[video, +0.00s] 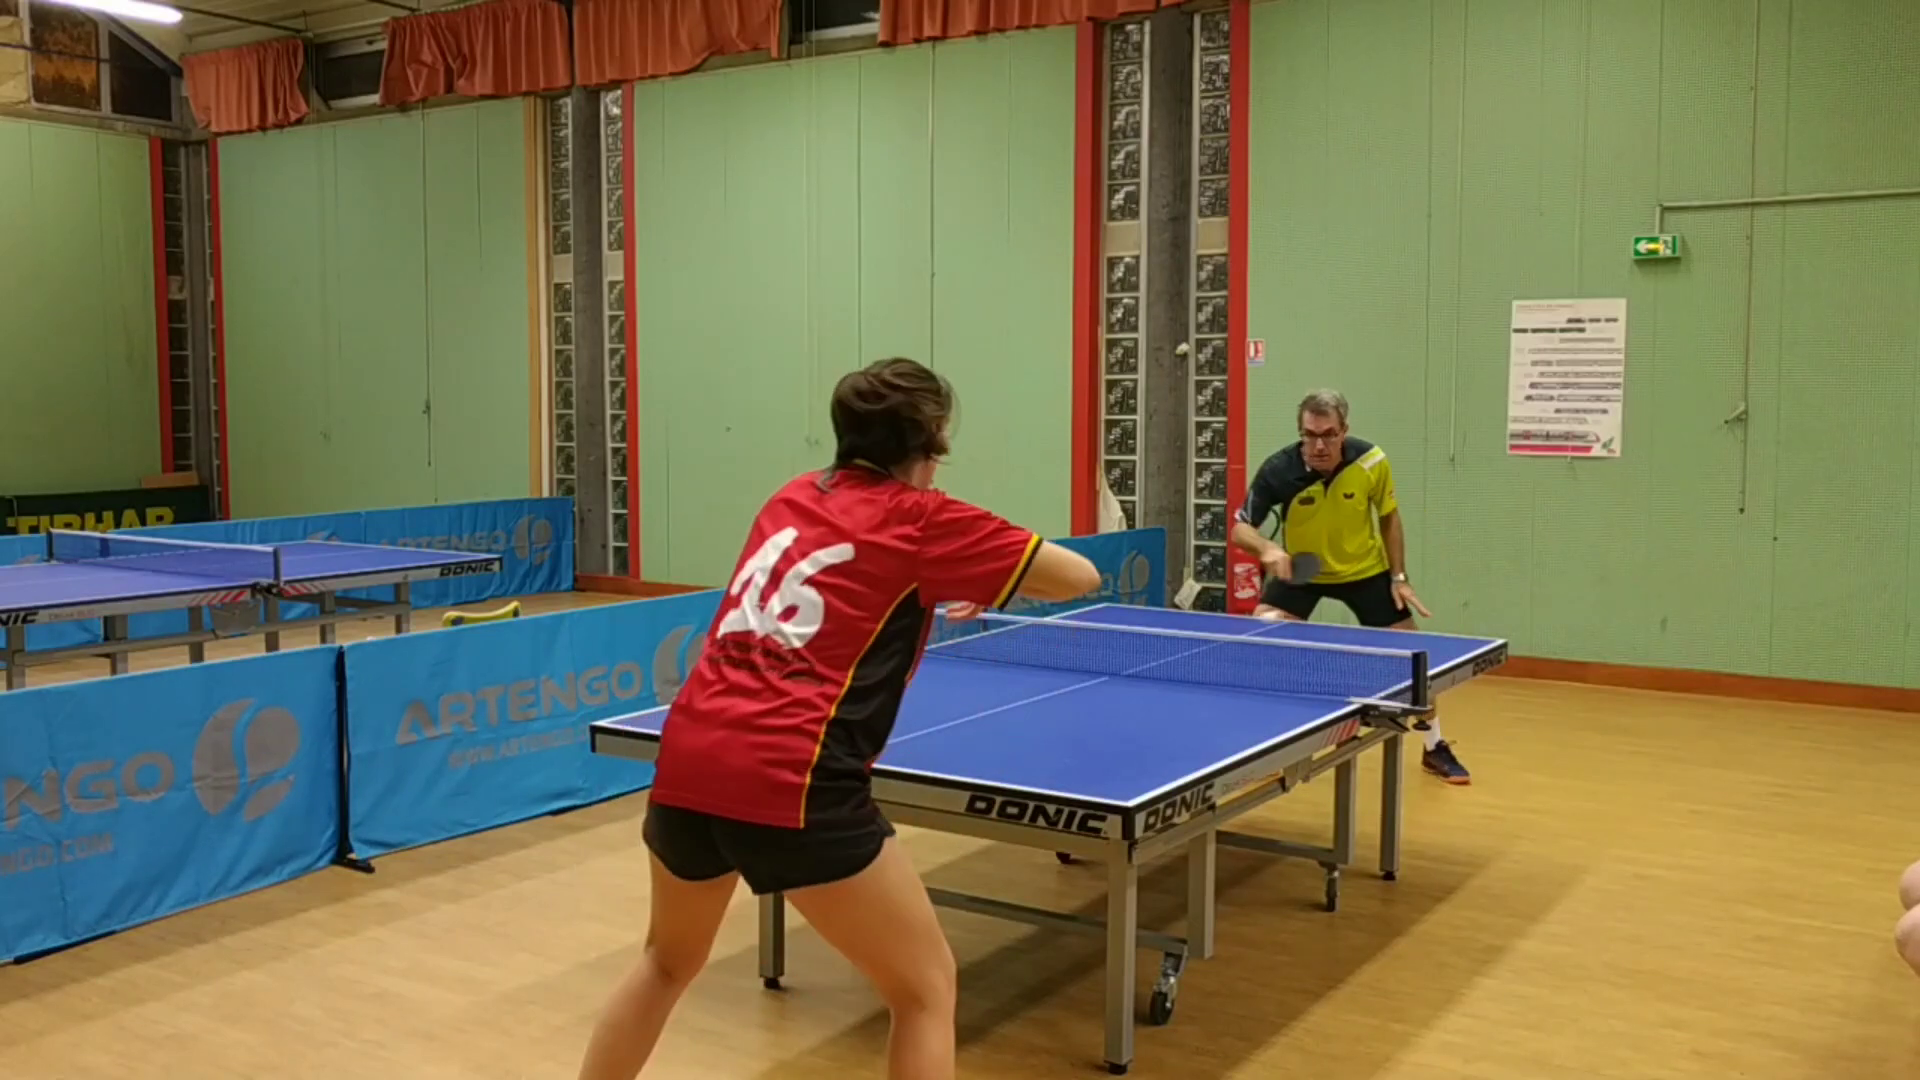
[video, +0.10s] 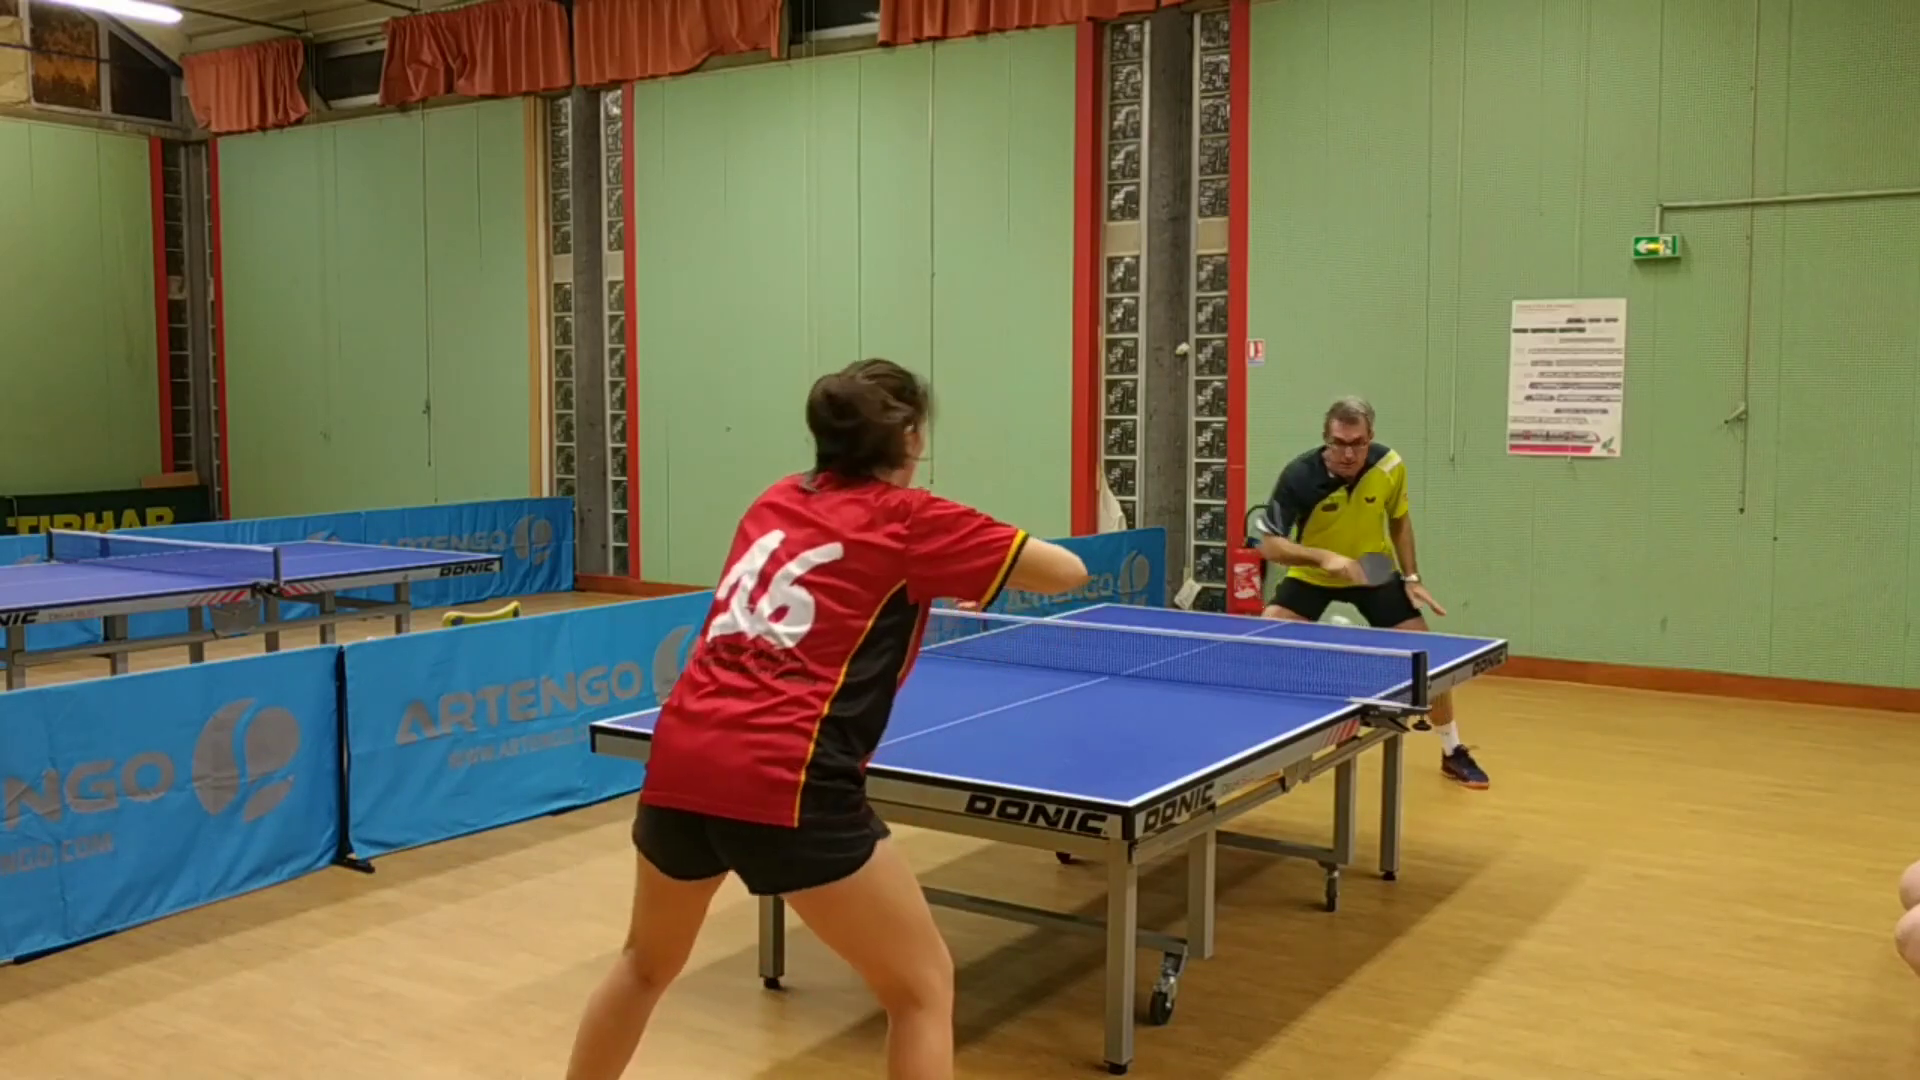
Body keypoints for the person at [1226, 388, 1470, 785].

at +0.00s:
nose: (1318, 445)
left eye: (1328, 435)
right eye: (1311, 435)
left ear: (1344, 431)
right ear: (1301, 432)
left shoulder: (1369, 461)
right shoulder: (1278, 471)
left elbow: (1389, 518)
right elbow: (1239, 529)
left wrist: (1398, 576)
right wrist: (1268, 548)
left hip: (1364, 573)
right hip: (1300, 574)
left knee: (1410, 650)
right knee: (1257, 647)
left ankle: (1435, 745)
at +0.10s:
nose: (1348, 454)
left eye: (1357, 444)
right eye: (1339, 445)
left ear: (1370, 438)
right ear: (1326, 439)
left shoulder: (1388, 465)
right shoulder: (1299, 476)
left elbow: (1399, 521)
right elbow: (1269, 545)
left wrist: (1411, 577)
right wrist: (1323, 557)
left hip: (1374, 575)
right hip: (1311, 577)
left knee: (1422, 652)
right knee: (1268, 633)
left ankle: (1453, 751)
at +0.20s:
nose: (1381, 468)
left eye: (1390, 459)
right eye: (1372, 459)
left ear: (1401, 454)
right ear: (1355, 450)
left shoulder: (1409, 475)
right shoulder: (1329, 485)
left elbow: (1412, 529)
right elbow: (1315, 567)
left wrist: (1428, 584)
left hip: (1386, 582)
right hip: (1327, 582)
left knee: (1435, 642)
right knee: (1282, 632)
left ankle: (1456, 751)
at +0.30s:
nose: (1413, 481)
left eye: (1420, 472)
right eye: (1404, 470)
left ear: (1429, 468)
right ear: (1385, 461)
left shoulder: (1425, 486)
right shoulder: (1355, 498)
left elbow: (1423, 533)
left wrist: (1447, 584)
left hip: (1401, 579)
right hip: (1341, 580)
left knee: (1448, 648)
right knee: (1296, 637)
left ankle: (1456, 751)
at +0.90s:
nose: (1455, 444)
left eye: (1466, 436)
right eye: (1448, 433)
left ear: (1483, 435)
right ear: (1439, 428)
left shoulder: (1486, 464)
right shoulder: (1413, 465)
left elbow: (1475, 515)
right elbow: (1394, 531)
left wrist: (1484, 570)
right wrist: (1426, 573)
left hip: (1443, 568)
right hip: (1388, 562)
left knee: (1469, 646)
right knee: (1346, 636)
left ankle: (1458, 750)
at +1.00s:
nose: (1443, 434)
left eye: (1454, 426)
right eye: (1436, 423)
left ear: (1472, 424)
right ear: (1426, 419)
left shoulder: (1482, 455)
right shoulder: (1404, 456)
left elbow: (1477, 508)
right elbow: (1376, 524)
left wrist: (1486, 565)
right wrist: (1408, 571)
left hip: (1446, 563)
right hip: (1387, 560)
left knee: (1475, 646)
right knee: (1349, 633)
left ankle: (1462, 748)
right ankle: (1338, 741)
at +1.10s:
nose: (1426, 434)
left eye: (1436, 425)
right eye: (1420, 424)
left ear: (1455, 423)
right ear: (1411, 420)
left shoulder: (1470, 455)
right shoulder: (1388, 462)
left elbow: (1473, 508)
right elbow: (1359, 533)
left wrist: (1489, 567)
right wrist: (1386, 576)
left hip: (1449, 565)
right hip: (1391, 569)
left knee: (1496, 644)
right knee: (1354, 647)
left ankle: (1487, 741)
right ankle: (1340, 743)